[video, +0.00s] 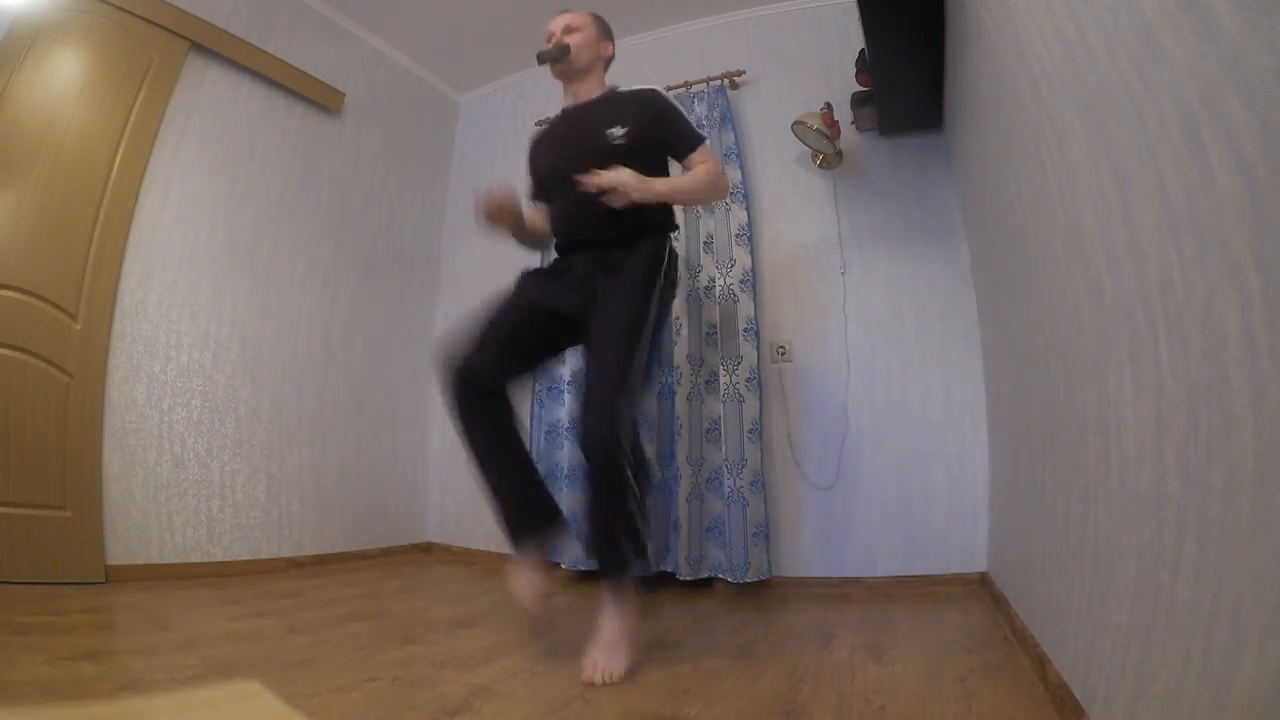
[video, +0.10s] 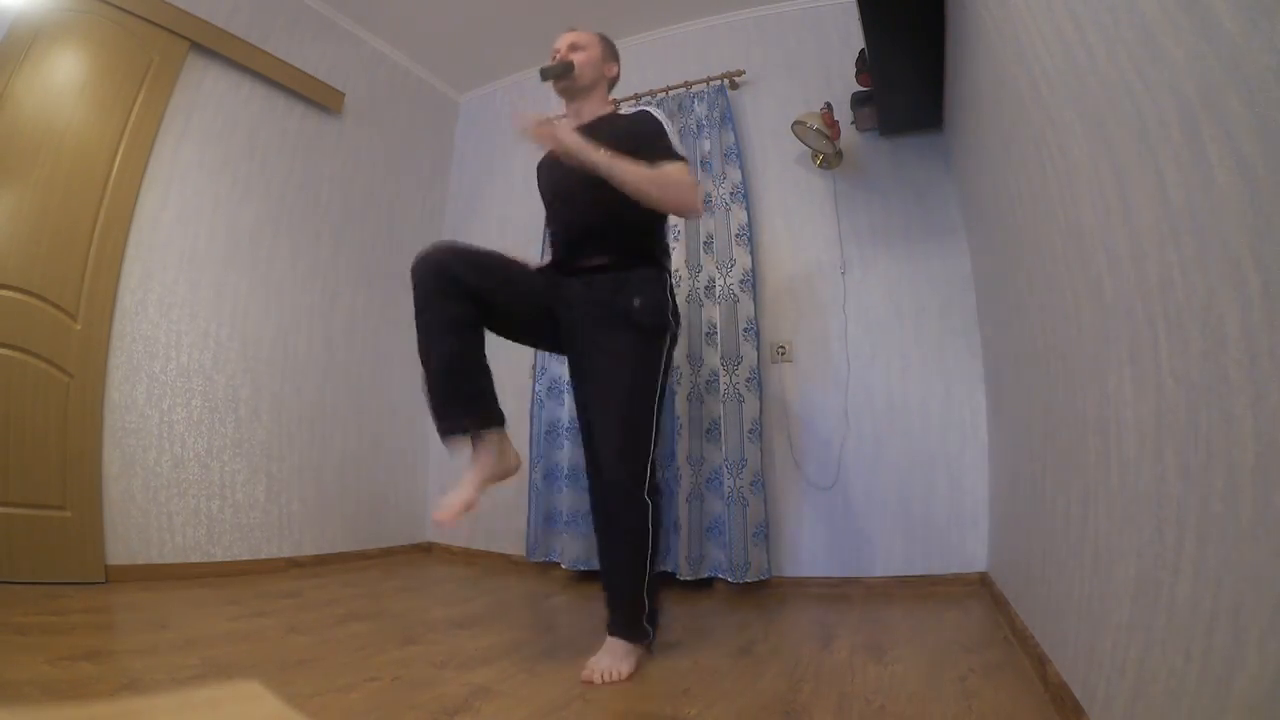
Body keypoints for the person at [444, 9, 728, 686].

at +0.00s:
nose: (555, 37)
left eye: (571, 28)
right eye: (550, 34)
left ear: (607, 49)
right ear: (546, 61)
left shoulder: (646, 106)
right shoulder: (546, 138)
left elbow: (714, 180)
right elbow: (552, 231)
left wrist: (648, 188)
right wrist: (515, 220)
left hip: (633, 273)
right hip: (567, 276)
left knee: (601, 419)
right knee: (472, 374)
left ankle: (618, 599)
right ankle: (535, 535)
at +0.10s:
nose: (559, 55)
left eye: (575, 46)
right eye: (554, 52)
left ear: (612, 69)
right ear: (550, 77)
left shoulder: (637, 125)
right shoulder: (555, 157)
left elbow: (687, 198)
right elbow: (572, 245)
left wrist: (583, 150)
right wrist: (530, 273)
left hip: (625, 305)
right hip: (559, 298)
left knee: (618, 474)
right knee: (440, 267)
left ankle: (627, 630)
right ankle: (489, 446)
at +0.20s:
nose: (562, 38)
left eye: (579, 30)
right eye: (557, 35)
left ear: (612, 51)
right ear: (552, 59)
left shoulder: (640, 110)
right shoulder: (547, 137)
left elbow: (681, 172)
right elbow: (570, 212)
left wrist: (583, 116)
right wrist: (540, 237)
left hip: (626, 282)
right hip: (560, 278)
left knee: (607, 427)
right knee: (451, 331)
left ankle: (620, 611)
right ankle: (519, 496)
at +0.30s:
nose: (569, 30)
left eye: (584, 22)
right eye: (563, 27)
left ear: (616, 44)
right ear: (556, 53)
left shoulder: (651, 113)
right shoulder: (538, 124)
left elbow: (696, 191)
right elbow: (526, 210)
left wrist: (608, 164)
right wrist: (520, 224)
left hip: (627, 250)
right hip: (555, 262)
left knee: (585, 316)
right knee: (534, 426)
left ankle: (604, 516)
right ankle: (565, 603)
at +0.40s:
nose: (567, 43)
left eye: (584, 38)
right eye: (561, 41)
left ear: (615, 66)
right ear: (555, 72)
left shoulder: (652, 137)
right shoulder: (529, 147)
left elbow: (698, 225)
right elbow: (486, 240)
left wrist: (665, 235)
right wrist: (476, 203)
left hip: (634, 294)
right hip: (559, 305)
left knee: (579, 221)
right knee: (569, 457)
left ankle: (600, 427)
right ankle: (600, 611)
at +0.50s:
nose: (564, 35)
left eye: (579, 26)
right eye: (558, 32)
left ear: (612, 49)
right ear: (551, 58)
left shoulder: (648, 110)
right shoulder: (538, 133)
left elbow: (706, 181)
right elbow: (509, 222)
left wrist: (656, 202)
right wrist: (500, 169)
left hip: (637, 263)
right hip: (565, 279)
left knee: (594, 338)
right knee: (525, 429)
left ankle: (619, 529)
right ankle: (565, 590)